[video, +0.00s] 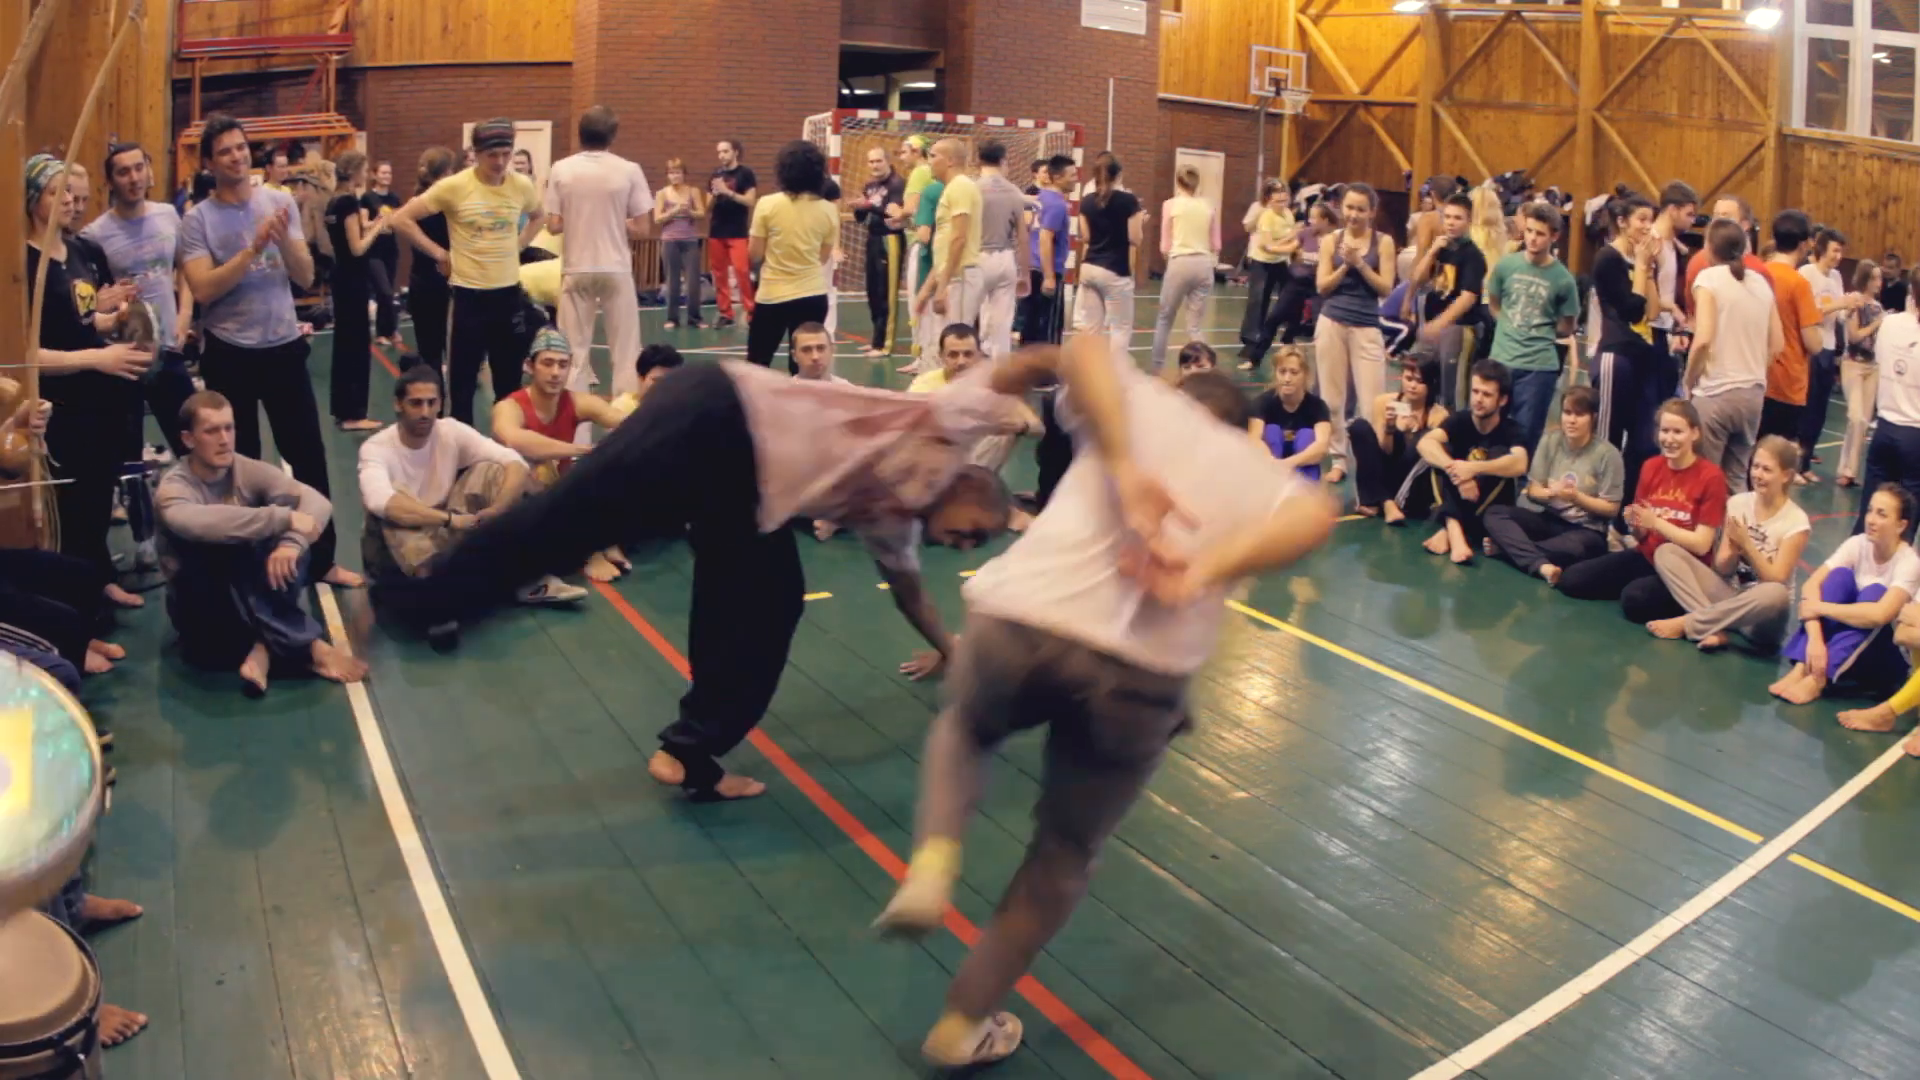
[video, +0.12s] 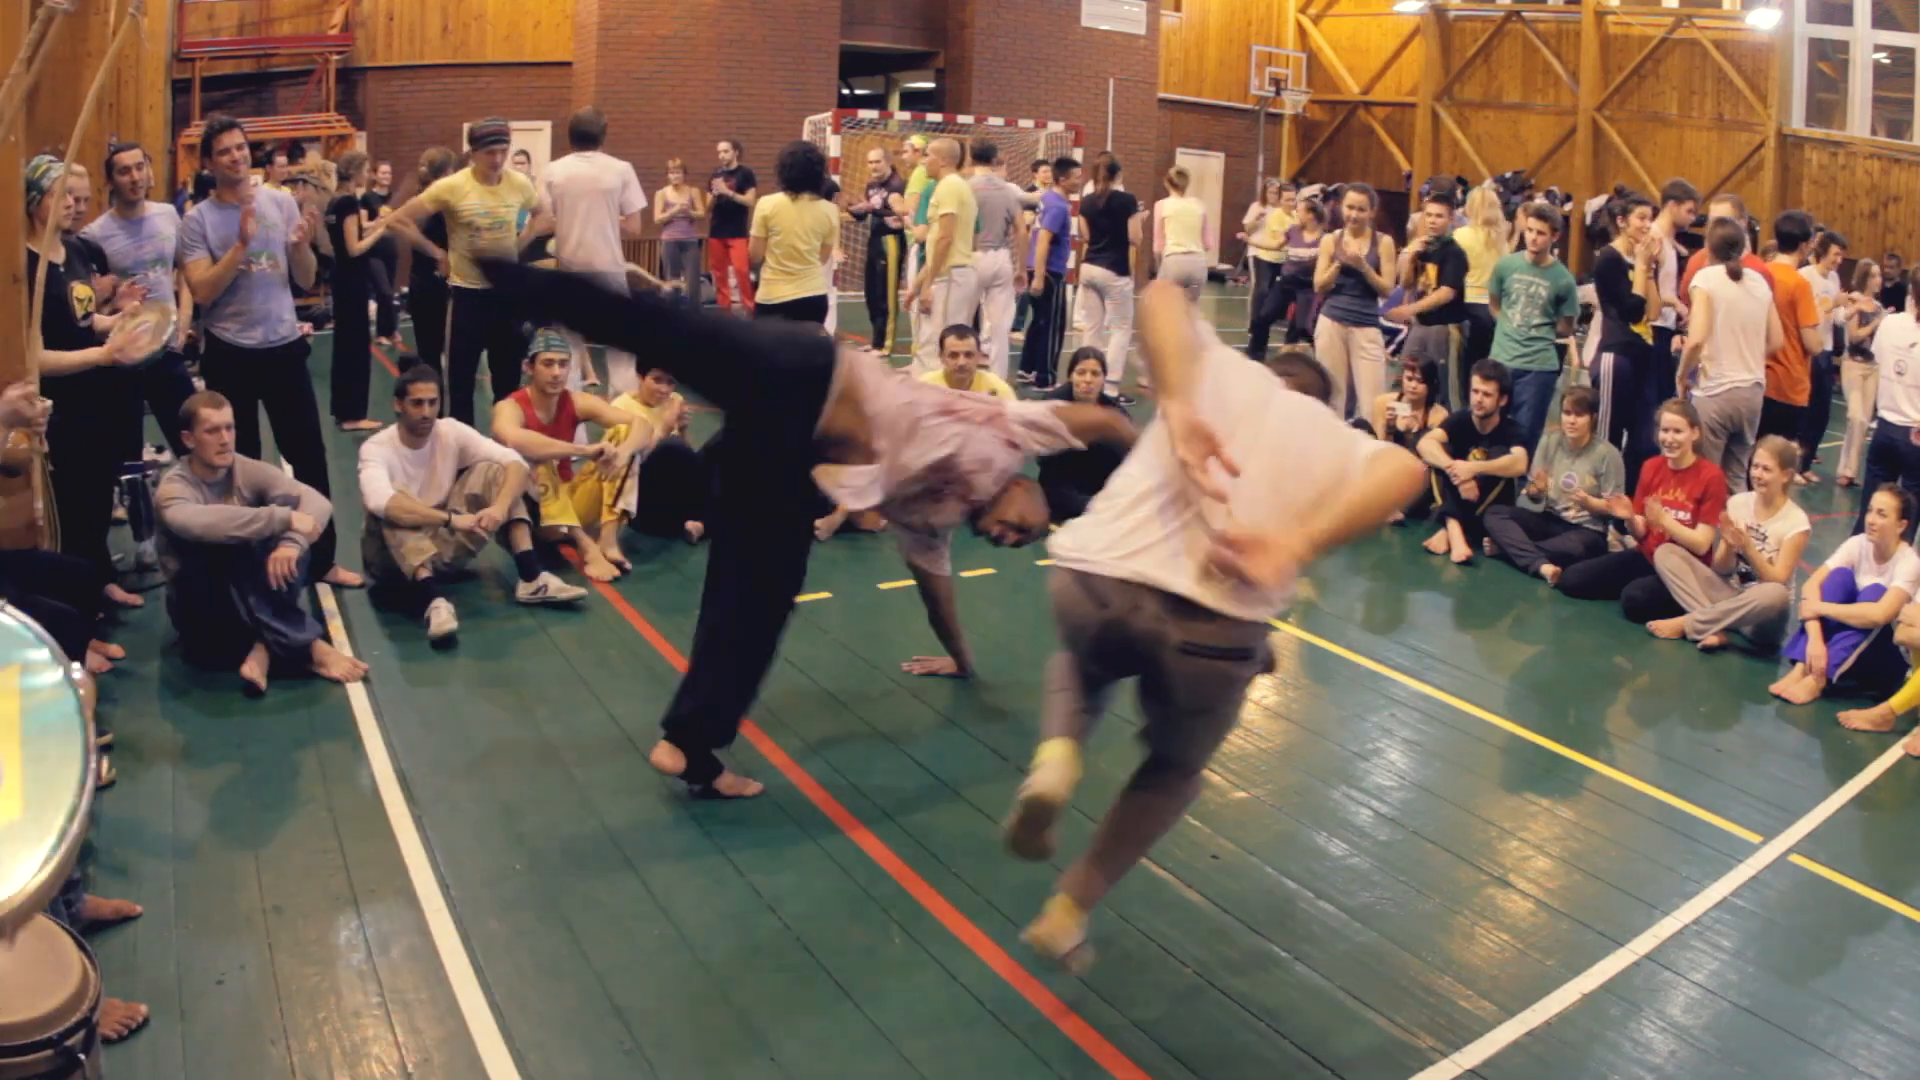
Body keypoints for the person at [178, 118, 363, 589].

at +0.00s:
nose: (237, 156)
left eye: (241, 147)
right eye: (226, 152)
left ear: (251, 151)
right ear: (208, 162)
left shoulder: (279, 200)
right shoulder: (197, 218)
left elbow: (305, 278)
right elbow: (203, 290)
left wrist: (284, 236)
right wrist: (252, 249)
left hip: (283, 347)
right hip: (227, 351)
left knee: (309, 458)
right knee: (240, 462)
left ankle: (323, 563)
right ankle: (249, 567)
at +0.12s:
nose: (237, 157)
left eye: (241, 148)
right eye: (225, 152)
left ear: (251, 152)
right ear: (208, 162)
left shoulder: (280, 201)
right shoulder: (197, 219)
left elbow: (306, 280)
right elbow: (202, 292)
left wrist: (300, 245)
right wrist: (243, 243)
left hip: (283, 347)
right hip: (228, 351)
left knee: (310, 458)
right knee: (240, 462)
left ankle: (323, 563)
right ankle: (250, 568)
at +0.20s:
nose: (238, 157)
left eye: (243, 148)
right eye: (226, 152)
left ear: (252, 152)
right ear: (209, 162)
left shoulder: (278, 200)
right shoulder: (197, 219)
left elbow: (306, 280)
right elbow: (204, 291)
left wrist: (294, 240)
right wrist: (248, 245)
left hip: (284, 346)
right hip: (228, 351)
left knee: (310, 457)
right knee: (241, 461)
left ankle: (323, 563)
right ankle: (250, 567)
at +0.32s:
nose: (239, 158)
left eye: (244, 149)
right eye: (228, 152)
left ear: (253, 153)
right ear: (210, 161)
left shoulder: (279, 202)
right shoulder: (197, 219)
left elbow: (305, 277)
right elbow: (205, 291)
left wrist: (281, 236)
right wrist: (256, 252)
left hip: (283, 347)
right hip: (228, 351)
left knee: (309, 457)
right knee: (240, 461)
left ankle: (323, 563)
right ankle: (250, 566)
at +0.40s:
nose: (240, 159)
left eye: (245, 149)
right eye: (229, 152)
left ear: (253, 153)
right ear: (210, 161)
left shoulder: (278, 202)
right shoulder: (197, 220)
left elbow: (306, 280)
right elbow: (204, 292)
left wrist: (289, 236)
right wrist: (253, 250)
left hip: (284, 346)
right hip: (228, 351)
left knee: (310, 456)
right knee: (240, 461)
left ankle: (323, 564)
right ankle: (250, 567)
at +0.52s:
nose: (243, 158)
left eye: (247, 149)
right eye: (232, 152)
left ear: (255, 153)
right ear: (211, 161)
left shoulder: (279, 202)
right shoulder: (197, 219)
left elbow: (305, 282)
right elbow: (203, 293)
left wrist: (298, 243)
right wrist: (245, 248)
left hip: (283, 346)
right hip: (228, 350)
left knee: (310, 457)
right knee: (240, 461)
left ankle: (322, 564)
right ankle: (250, 567)